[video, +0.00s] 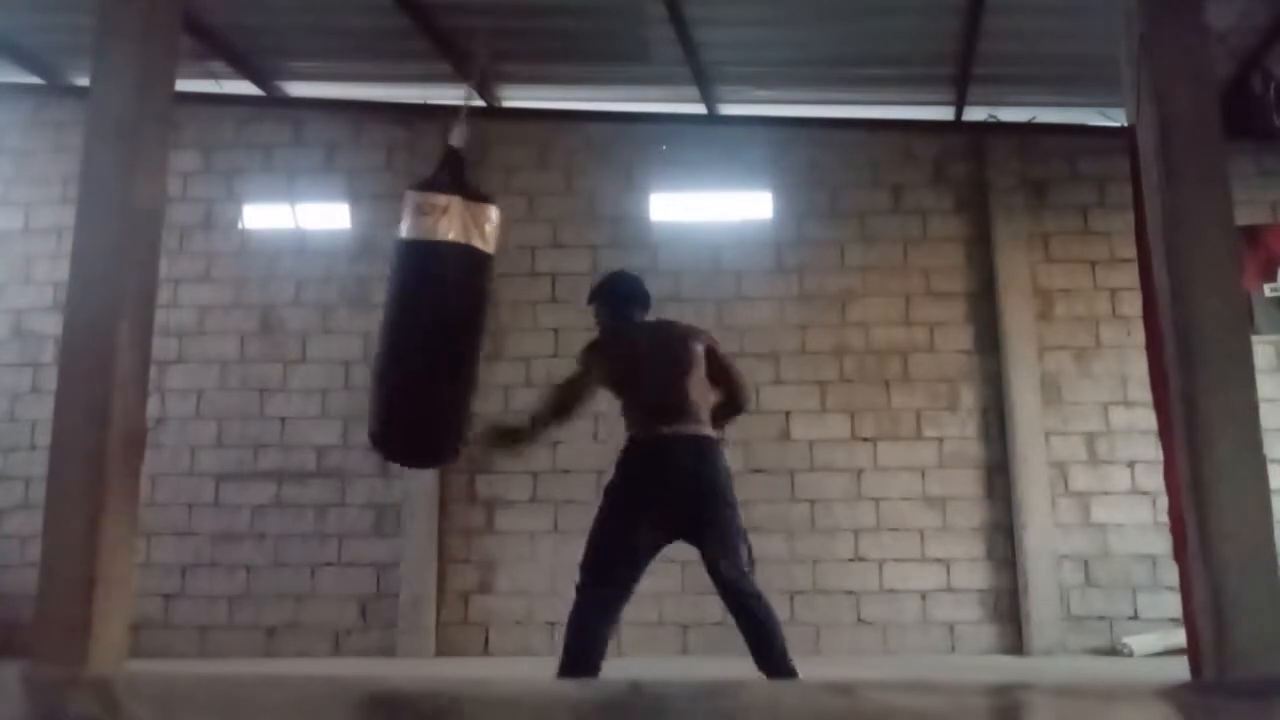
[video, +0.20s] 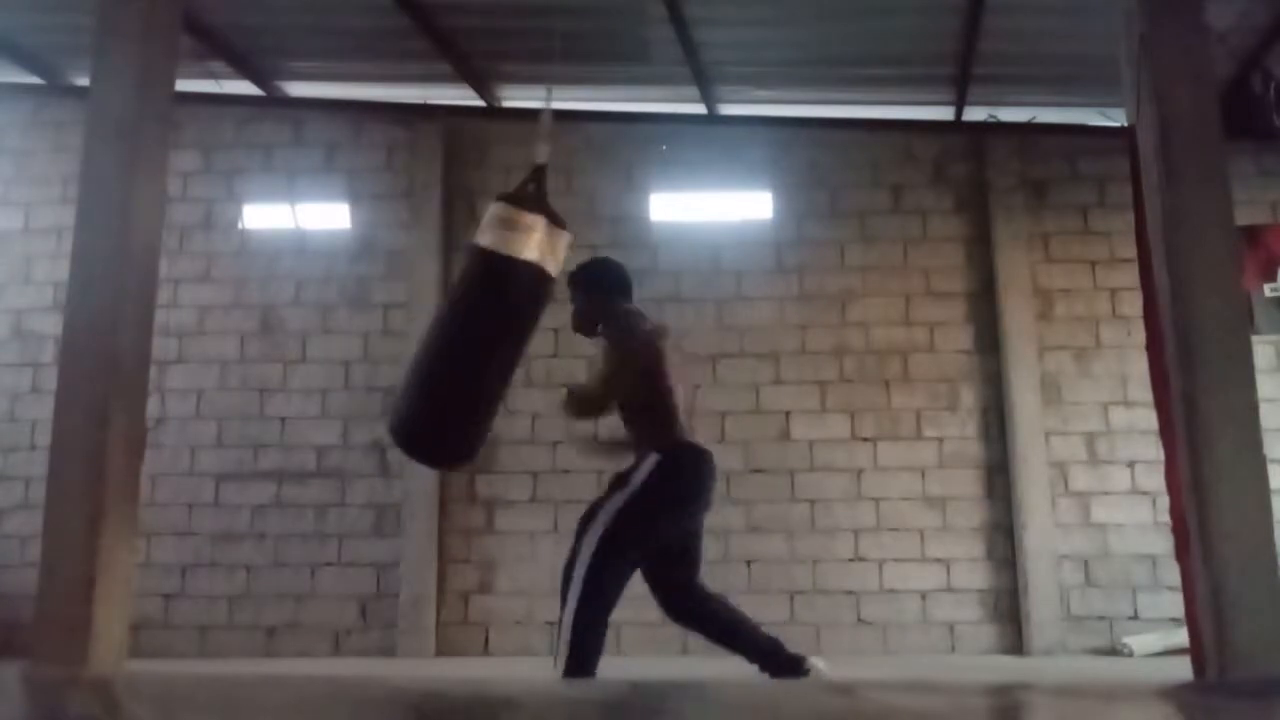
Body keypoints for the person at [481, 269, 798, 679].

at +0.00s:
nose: (597, 322)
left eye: (599, 312)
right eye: (597, 312)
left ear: (609, 309)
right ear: (644, 307)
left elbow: (564, 402)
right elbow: (739, 396)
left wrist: (526, 430)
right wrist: (709, 422)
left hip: (644, 469)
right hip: (703, 466)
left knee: (600, 590)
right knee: (738, 582)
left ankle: (571, 699)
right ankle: (788, 687)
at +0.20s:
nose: (573, 313)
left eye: (577, 302)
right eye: (572, 302)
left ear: (599, 298)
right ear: (613, 296)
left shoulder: (625, 328)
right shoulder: (637, 333)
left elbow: (604, 394)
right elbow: (654, 430)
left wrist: (579, 400)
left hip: (665, 464)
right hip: (686, 465)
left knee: (595, 544)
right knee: (680, 594)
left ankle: (574, 679)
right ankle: (787, 666)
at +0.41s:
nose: (606, 330)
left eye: (612, 317)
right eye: (606, 318)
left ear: (638, 316)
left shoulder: (673, 346)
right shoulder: (656, 380)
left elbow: (696, 346)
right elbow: (627, 446)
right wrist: (558, 432)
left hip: (698, 485)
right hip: (713, 490)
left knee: (618, 558)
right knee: (678, 614)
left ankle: (578, 691)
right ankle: (797, 675)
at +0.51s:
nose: (632, 315)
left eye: (637, 303)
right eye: (631, 303)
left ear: (660, 301)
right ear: (671, 302)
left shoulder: (694, 329)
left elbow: (716, 335)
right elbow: (677, 438)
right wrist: (614, 410)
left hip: (717, 472)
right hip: (736, 474)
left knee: (663, 574)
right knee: (727, 604)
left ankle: (615, 685)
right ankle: (813, 686)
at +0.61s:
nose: (650, 293)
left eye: (656, 282)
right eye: (650, 282)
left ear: (680, 280)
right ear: (690, 282)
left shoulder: (722, 308)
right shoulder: (718, 325)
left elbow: (696, 354)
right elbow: (712, 409)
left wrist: (659, 312)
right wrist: (662, 375)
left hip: (737, 449)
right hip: (763, 451)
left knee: (679, 532)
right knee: (743, 573)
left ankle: (682, 671)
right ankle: (812, 676)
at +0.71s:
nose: (665, 279)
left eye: (670, 268)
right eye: (664, 269)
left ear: (690, 265)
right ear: (709, 259)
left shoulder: (733, 291)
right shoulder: (743, 304)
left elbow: (709, 346)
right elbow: (727, 389)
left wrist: (670, 308)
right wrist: (681, 337)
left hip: (750, 435)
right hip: (781, 436)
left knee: (693, 548)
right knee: (751, 559)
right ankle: (814, 668)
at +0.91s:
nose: (707, 301)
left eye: (712, 290)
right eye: (706, 291)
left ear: (734, 290)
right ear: (744, 291)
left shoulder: (775, 325)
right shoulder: (764, 337)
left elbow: (744, 400)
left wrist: (712, 343)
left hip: (781, 468)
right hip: (807, 469)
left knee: (733, 582)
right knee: (777, 585)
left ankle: (789, 683)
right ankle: (876, 666)